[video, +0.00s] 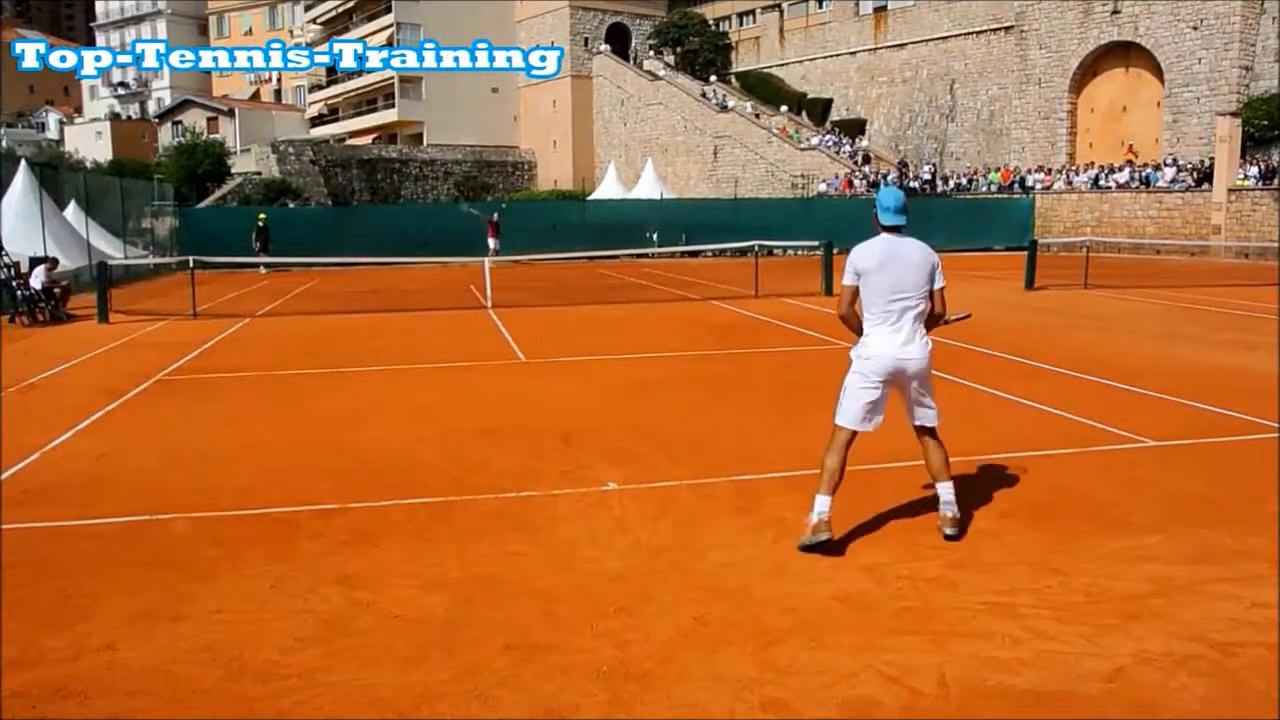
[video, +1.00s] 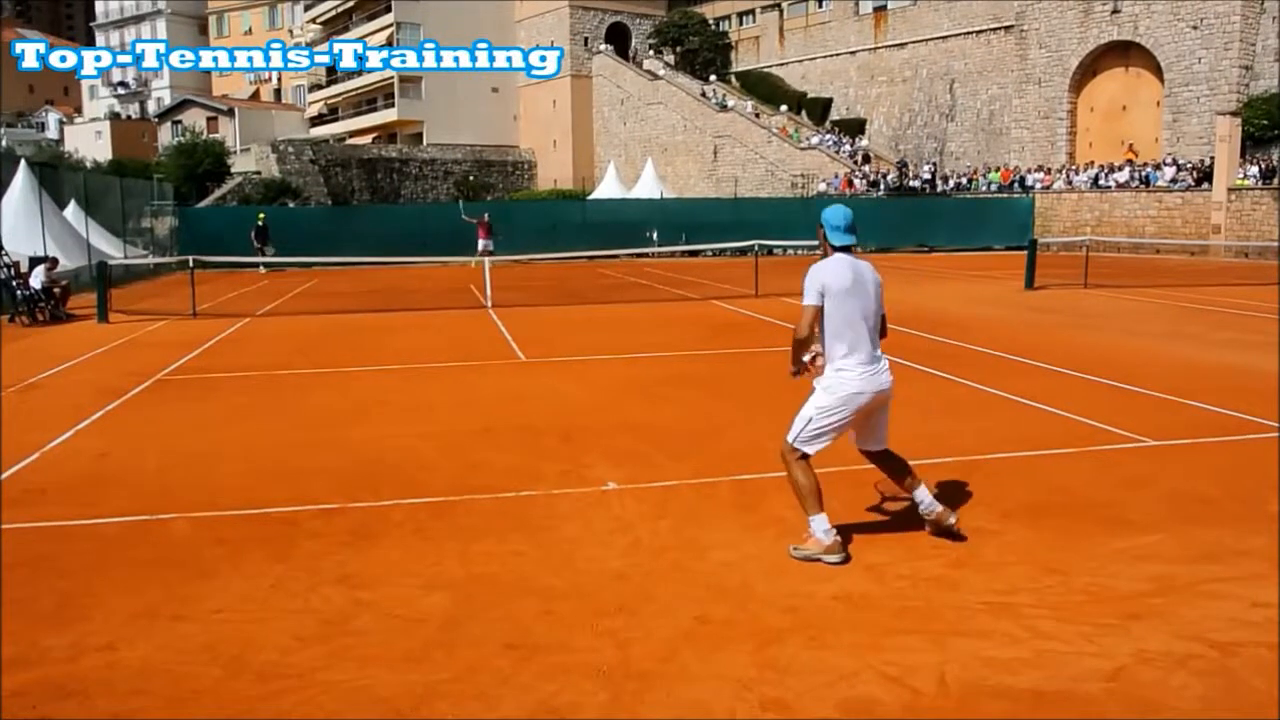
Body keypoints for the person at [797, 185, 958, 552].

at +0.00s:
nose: (882, 217)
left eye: (878, 212)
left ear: (877, 215)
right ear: (905, 215)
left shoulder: (860, 253)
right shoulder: (926, 253)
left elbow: (845, 310)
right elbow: (939, 312)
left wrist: (868, 337)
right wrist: (914, 330)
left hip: (872, 352)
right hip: (915, 352)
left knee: (841, 437)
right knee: (927, 431)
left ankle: (820, 519)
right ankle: (950, 511)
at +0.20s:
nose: (865, 236)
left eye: (867, 231)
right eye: (872, 230)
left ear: (871, 235)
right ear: (900, 235)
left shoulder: (857, 273)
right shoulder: (921, 273)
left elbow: (839, 332)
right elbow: (933, 332)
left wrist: (864, 354)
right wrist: (907, 348)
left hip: (871, 371)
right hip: (914, 368)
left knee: (828, 453)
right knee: (932, 446)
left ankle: (817, 535)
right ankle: (960, 520)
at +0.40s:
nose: (865, 242)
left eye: (866, 237)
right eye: (875, 237)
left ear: (867, 241)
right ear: (896, 240)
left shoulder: (855, 278)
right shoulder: (913, 278)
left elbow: (834, 339)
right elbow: (931, 337)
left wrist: (854, 362)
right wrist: (902, 354)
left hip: (870, 383)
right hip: (912, 379)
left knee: (821, 453)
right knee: (930, 445)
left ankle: (819, 537)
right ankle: (960, 519)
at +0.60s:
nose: (853, 246)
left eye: (851, 241)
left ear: (853, 244)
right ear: (882, 245)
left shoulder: (842, 282)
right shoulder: (899, 282)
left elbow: (824, 344)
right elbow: (913, 341)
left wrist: (836, 375)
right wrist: (880, 346)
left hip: (863, 387)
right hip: (902, 385)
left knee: (806, 449)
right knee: (920, 449)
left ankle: (824, 534)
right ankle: (959, 518)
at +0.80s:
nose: (841, 242)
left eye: (841, 238)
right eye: (848, 236)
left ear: (844, 241)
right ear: (873, 241)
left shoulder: (835, 279)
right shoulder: (890, 279)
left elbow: (818, 341)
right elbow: (903, 337)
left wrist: (823, 370)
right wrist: (870, 353)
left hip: (855, 386)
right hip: (895, 384)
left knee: (799, 449)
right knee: (910, 450)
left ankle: (824, 535)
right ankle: (956, 519)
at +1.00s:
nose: (820, 238)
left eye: (820, 233)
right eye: (824, 232)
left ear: (823, 236)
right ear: (854, 236)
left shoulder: (819, 272)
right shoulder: (870, 272)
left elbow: (805, 332)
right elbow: (879, 331)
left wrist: (796, 361)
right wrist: (829, 352)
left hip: (843, 383)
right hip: (879, 378)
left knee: (793, 450)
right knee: (874, 448)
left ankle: (824, 537)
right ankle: (933, 508)